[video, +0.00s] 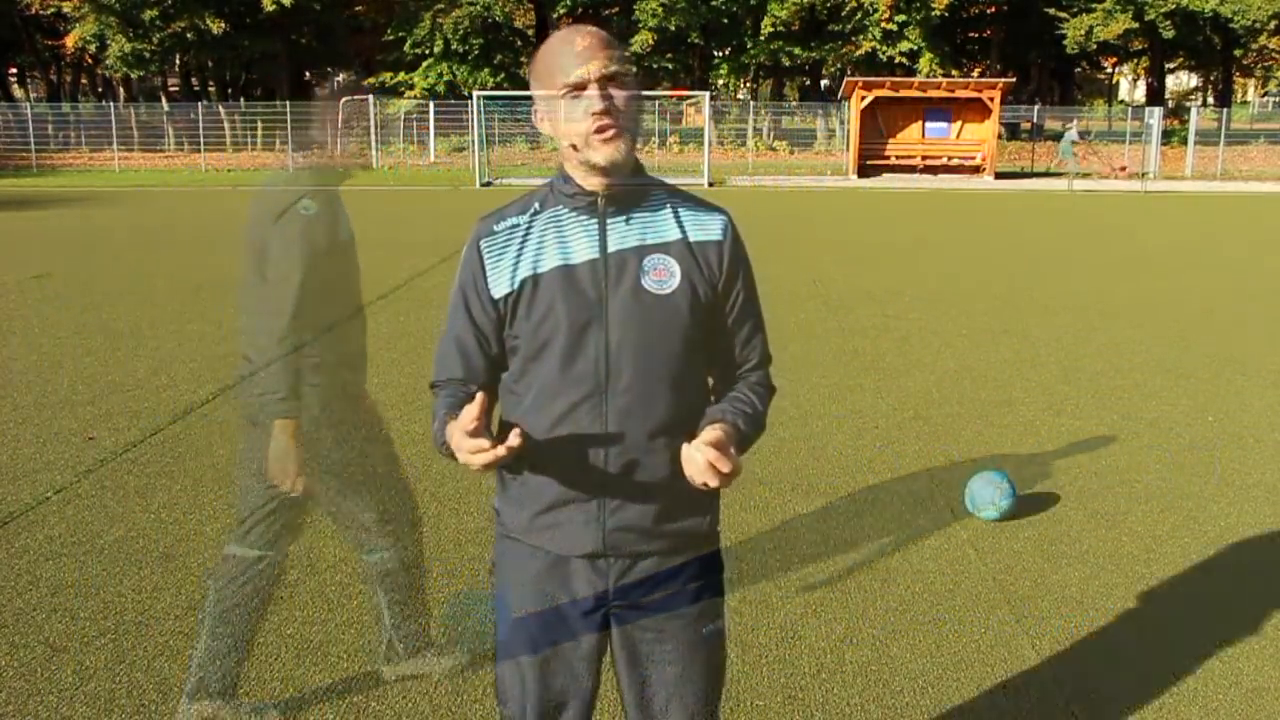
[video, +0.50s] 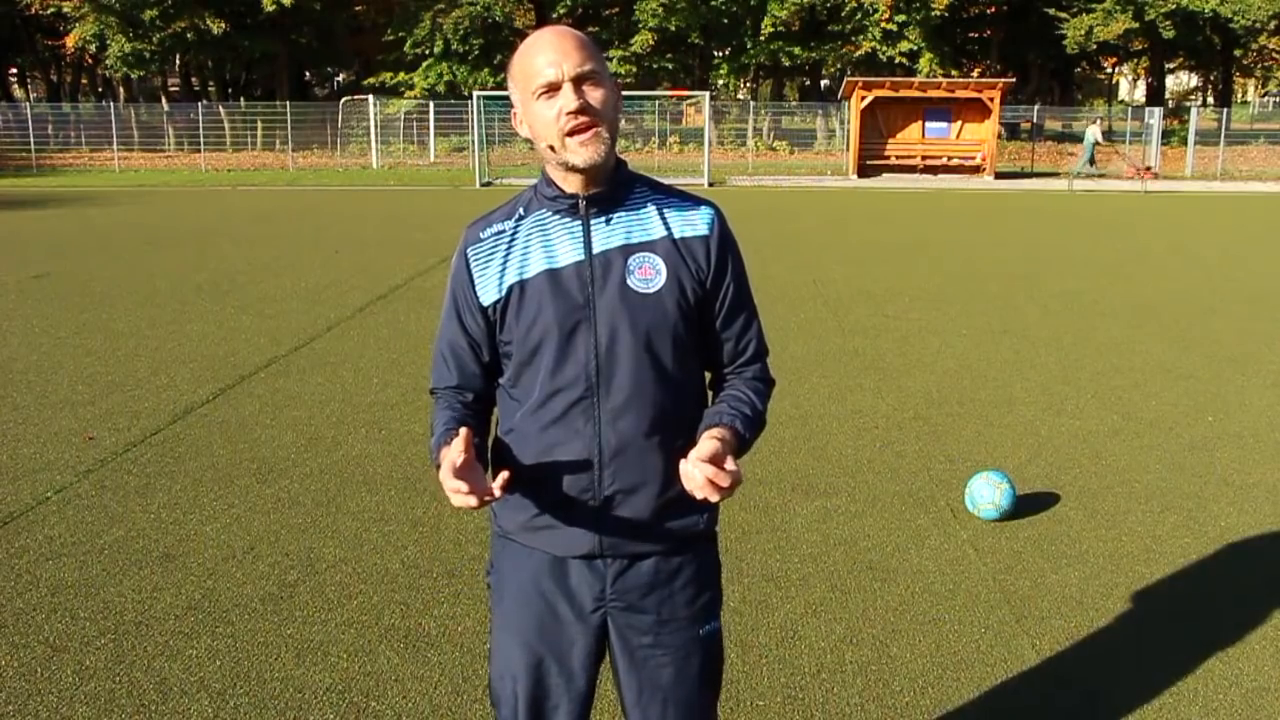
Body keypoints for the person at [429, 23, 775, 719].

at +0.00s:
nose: (602, 101)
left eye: (615, 82)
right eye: (577, 89)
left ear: (638, 96)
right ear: (544, 118)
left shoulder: (706, 230)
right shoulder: (499, 241)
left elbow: (750, 373)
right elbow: (455, 383)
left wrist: (723, 431)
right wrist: (459, 435)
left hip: (672, 543)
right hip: (540, 548)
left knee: (683, 711)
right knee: (537, 711)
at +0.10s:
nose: (590, 96)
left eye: (602, 78)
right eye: (564, 86)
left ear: (624, 94)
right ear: (531, 117)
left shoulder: (700, 228)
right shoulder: (490, 242)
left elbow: (744, 368)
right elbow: (452, 383)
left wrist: (717, 431)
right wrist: (457, 434)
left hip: (669, 549)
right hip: (536, 554)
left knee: (680, 711)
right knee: (535, 712)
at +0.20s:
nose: (579, 98)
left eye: (592, 79)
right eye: (554, 87)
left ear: (618, 94)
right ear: (524, 117)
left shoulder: (696, 229)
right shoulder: (488, 245)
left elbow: (744, 371)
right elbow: (453, 387)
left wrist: (718, 442)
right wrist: (454, 449)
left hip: (667, 551)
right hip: (534, 551)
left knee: (677, 710)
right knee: (531, 711)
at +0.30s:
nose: (575, 98)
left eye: (588, 79)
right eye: (550, 88)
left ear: (615, 94)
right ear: (520, 119)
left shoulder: (695, 228)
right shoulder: (487, 245)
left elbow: (745, 368)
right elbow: (455, 387)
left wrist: (722, 433)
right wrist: (453, 447)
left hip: (667, 550)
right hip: (534, 551)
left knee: (677, 711)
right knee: (530, 711)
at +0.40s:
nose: (574, 101)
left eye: (587, 80)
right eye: (549, 90)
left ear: (615, 94)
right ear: (520, 120)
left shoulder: (694, 227)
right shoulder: (486, 245)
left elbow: (745, 368)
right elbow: (456, 386)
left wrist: (722, 431)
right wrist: (454, 446)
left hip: (668, 548)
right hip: (535, 548)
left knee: (678, 711)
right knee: (530, 711)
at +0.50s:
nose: (575, 101)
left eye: (587, 80)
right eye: (549, 90)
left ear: (615, 94)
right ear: (521, 121)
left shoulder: (695, 228)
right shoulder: (488, 245)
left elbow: (745, 369)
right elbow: (458, 387)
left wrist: (723, 433)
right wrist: (456, 449)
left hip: (669, 548)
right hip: (536, 549)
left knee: (677, 711)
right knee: (531, 710)